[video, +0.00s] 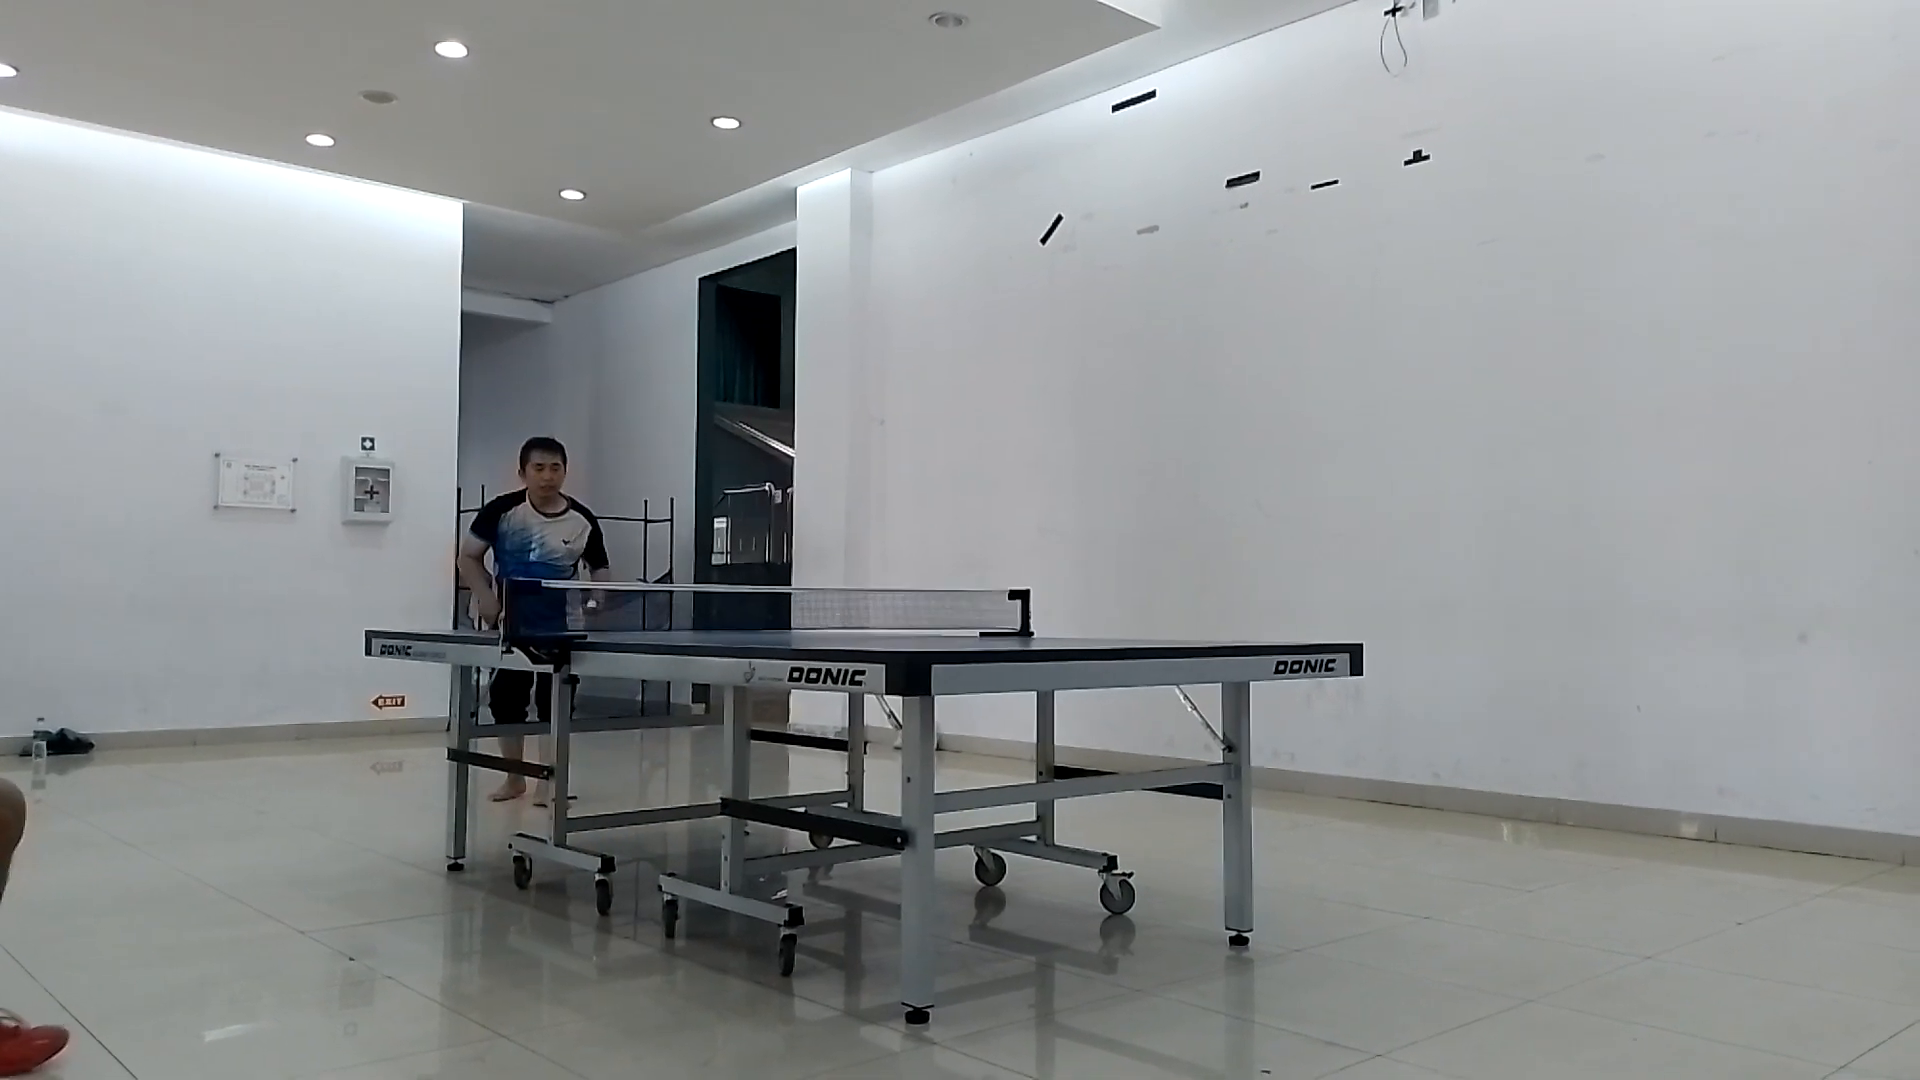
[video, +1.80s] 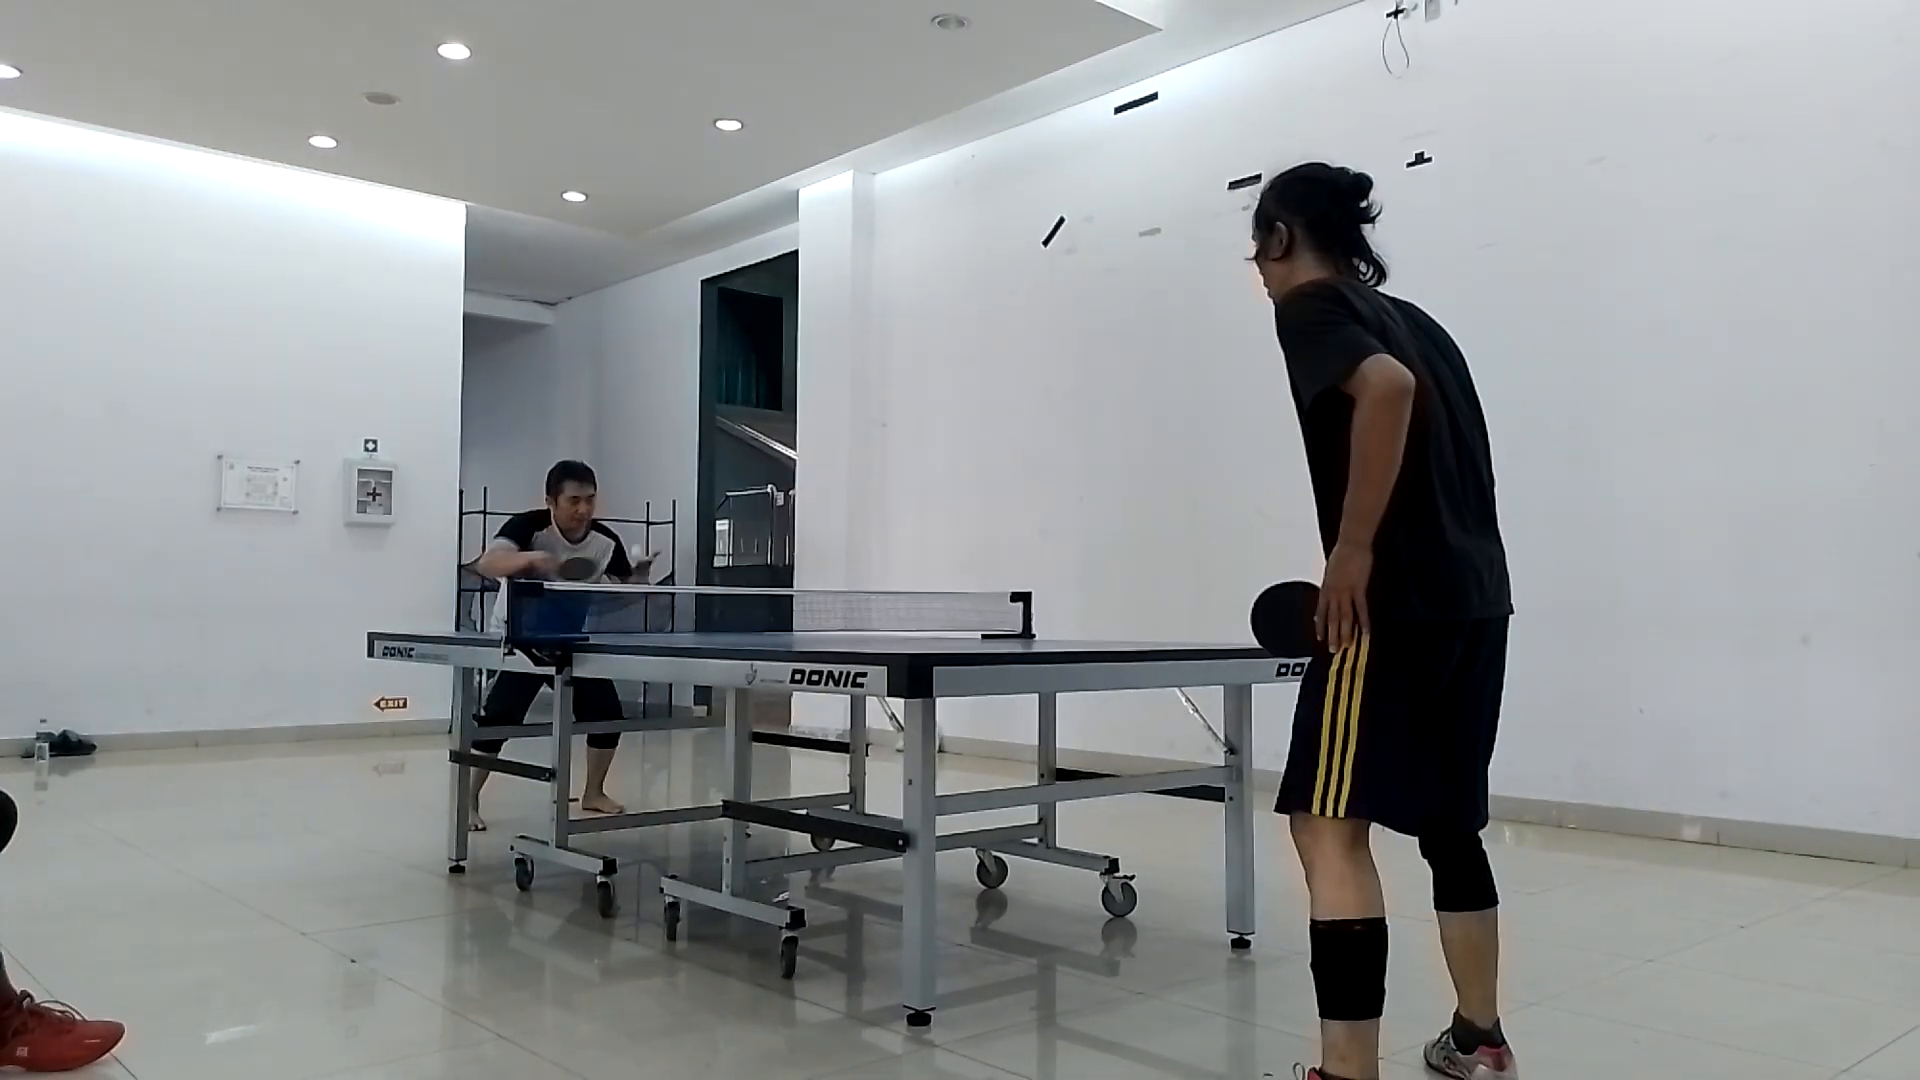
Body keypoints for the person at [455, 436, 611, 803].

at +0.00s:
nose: (548, 476)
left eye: (555, 468)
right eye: (539, 468)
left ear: (565, 471)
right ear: (523, 472)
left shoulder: (582, 519)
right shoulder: (500, 510)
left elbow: (602, 575)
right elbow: (468, 558)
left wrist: (599, 605)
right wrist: (485, 597)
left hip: (561, 626)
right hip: (513, 624)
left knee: (554, 705)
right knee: (504, 698)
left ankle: (551, 783)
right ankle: (515, 777)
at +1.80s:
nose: (583, 510)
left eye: (589, 501)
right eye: (574, 501)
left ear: (596, 500)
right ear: (552, 500)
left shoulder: (606, 540)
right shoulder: (528, 525)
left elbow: (628, 587)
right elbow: (487, 563)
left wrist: (641, 574)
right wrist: (531, 561)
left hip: (575, 649)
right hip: (524, 648)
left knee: (609, 718)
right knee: (495, 724)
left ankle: (593, 794)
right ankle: (468, 799)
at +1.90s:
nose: (582, 504)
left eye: (586, 495)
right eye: (572, 496)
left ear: (592, 493)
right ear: (548, 495)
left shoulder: (596, 532)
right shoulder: (523, 520)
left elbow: (622, 578)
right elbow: (508, 562)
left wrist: (646, 573)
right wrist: (568, 547)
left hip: (572, 645)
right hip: (521, 645)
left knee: (605, 714)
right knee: (496, 725)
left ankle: (592, 792)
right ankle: (467, 798)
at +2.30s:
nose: (576, 502)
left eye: (583, 493)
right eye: (567, 493)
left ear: (589, 492)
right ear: (546, 491)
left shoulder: (591, 537)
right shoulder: (522, 512)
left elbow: (610, 595)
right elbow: (500, 538)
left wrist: (638, 617)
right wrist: (522, 556)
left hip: (568, 644)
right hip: (518, 642)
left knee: (600, 713)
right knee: (493, 723)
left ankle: (591, 792)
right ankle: (465, 797)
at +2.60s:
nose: (581, 492)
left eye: (588, 484)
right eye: (572, 483)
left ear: (595, 486)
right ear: (551, 484)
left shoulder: (602, 534)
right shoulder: (523, 513)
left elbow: (606, 595)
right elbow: (474, 550)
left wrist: (616, 625)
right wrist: (472, 576)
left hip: (573, 642)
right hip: (520, 638)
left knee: (600, 711)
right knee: (483, 717)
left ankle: (593, 791)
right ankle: (458, 793)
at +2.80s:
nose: (567, 491)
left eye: (574, 483)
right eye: (558, 482)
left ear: (581, 486)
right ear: (536, 485)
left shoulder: (589, 536)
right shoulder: (506, 519)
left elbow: (601, 592)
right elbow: (461, 565)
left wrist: (619, 622)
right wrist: (471, 594)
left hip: (555, 647)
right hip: (500, 644)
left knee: (593, 712)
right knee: (459, 716)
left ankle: (593, 790)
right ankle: (421, 801)